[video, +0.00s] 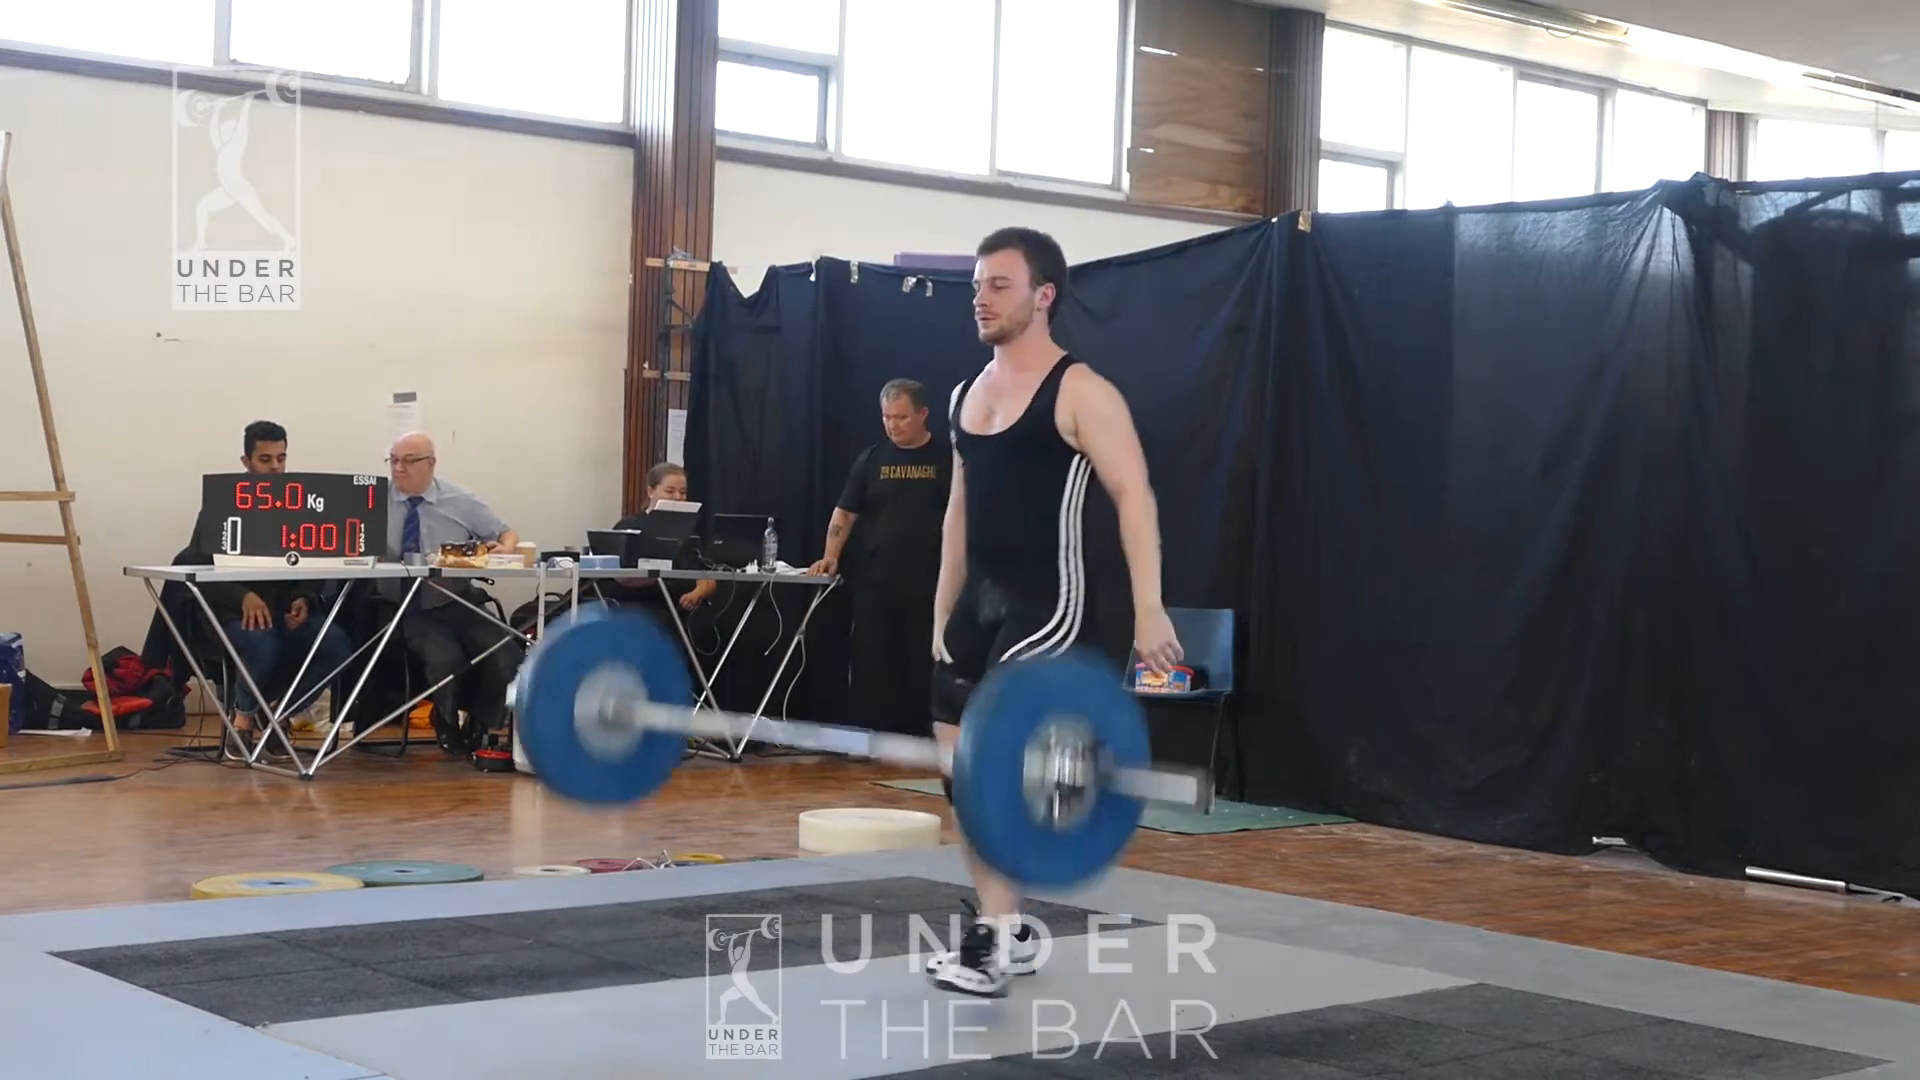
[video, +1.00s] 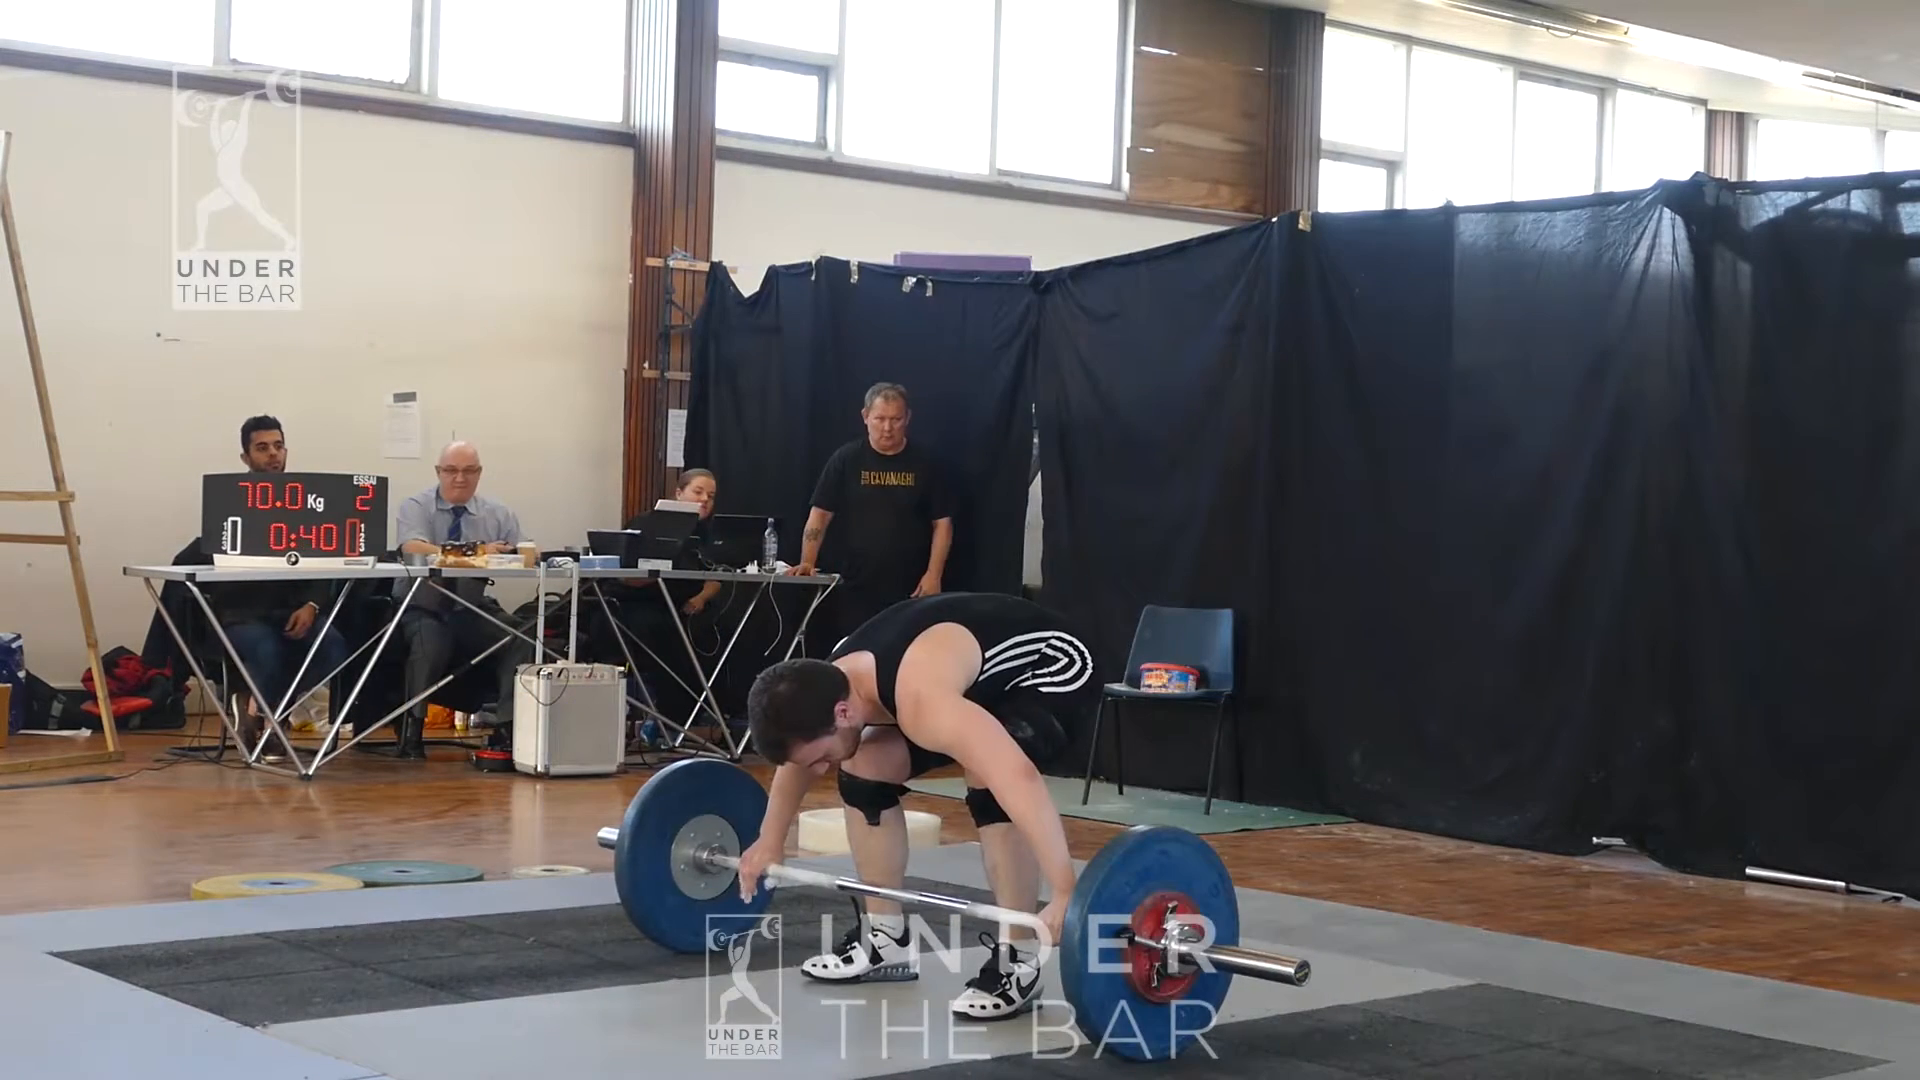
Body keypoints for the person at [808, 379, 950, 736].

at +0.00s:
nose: (892, 425)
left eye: (900, 417)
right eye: (886, 418)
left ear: (923, 415)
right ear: (881, 417)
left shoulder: (949, 459)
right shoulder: (871, 460)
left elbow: (962, 518)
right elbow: (843, 515)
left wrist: (957, 571)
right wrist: (831, 555)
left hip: (929, 579)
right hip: (875, 578)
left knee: (923, 665)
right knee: (873, 666)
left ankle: (923, 747)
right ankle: (873, 746)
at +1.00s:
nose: (887, 428)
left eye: (895, 419)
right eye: (880, 419)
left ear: (907, 419)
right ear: (865, 417)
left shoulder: (926, 463)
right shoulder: (845, 461)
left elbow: (942, 525)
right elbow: (819, 514)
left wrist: (933, 575)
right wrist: (807, 561)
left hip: (908, 590)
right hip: (855, 586)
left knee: (902, 673)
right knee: (852, 671)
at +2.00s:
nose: (882, 430)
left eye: (889, 422)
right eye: (874, 422)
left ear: (904, 420)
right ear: (861, 420)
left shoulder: (922, 465)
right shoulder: (843, 459)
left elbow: (937, 527)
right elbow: (822, 514)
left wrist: (928, 577)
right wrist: (807, 562)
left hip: (902, 586)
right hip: (851, 582)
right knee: (849, 665)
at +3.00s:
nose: (890, 429)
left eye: (898, 421)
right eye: (882, 420)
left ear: (911, 420)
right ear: (869, 419)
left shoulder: (930, 464)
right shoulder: (849, 461)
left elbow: (946, 525)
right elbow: (824, 514)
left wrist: (937, 577)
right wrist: (808, 561)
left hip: (910, 588)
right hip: (857, 584)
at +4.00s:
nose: (894, 427)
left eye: (902, 418)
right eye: (886, 418)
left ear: (916, 417)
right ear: (874, 418)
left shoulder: (936, 463)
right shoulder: (855, 458)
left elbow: (954, 522)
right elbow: (819, 493)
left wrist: (946, 575)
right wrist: (836, 545)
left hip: (918, 582)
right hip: (862, 581)